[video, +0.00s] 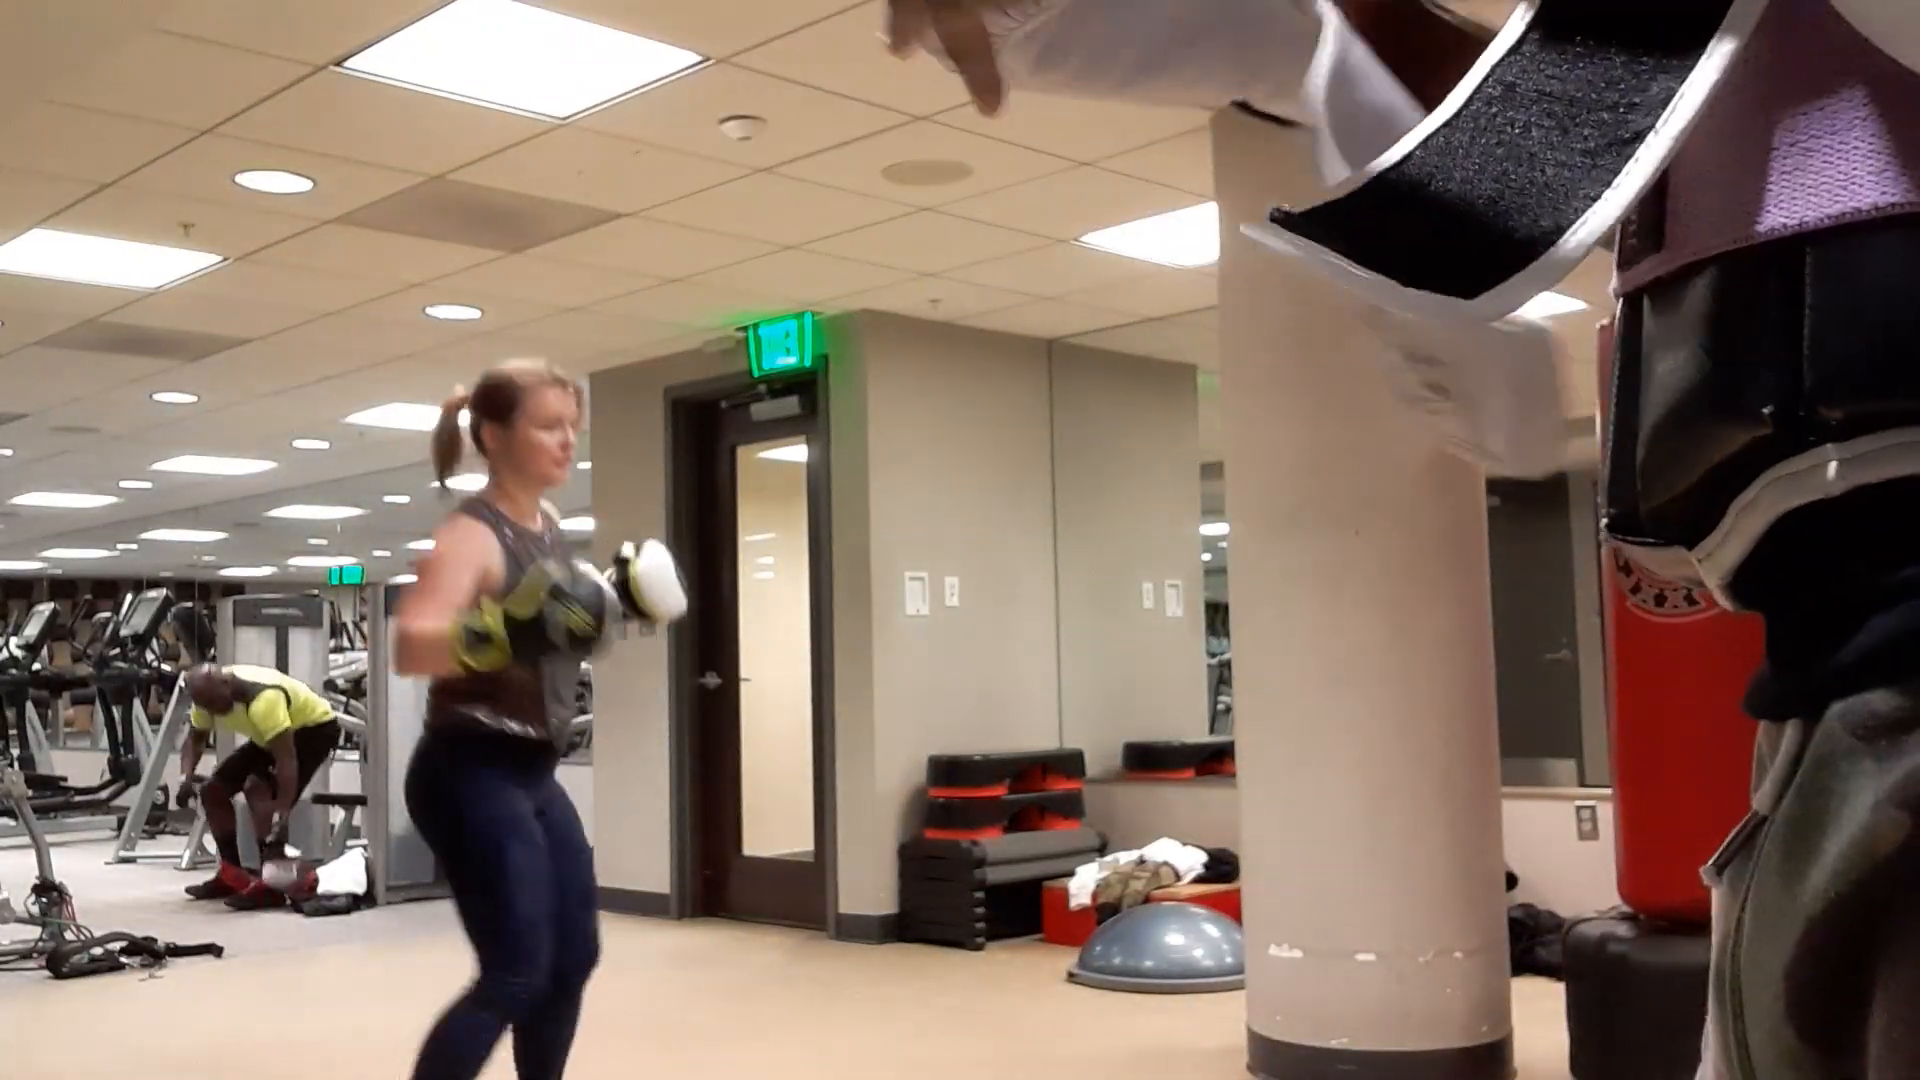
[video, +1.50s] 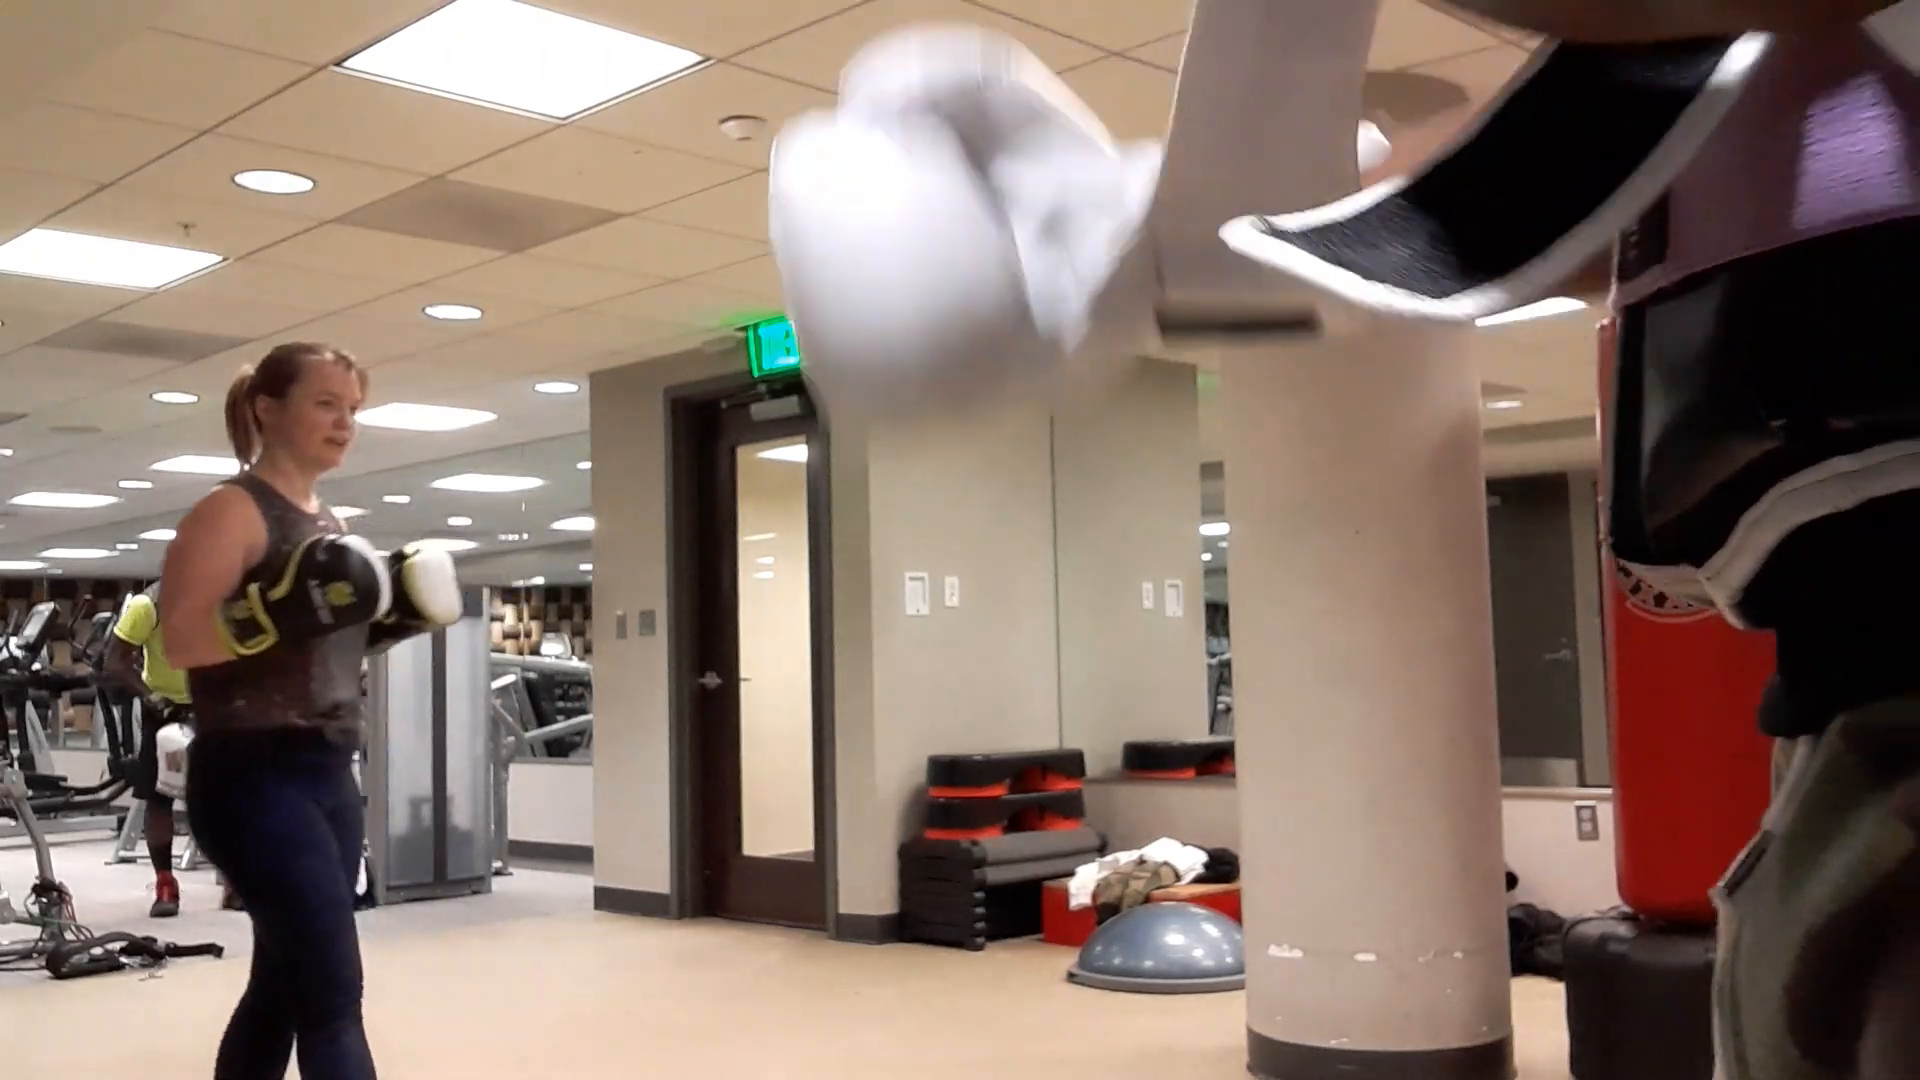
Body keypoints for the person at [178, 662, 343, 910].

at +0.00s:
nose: (212, 709)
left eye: (213, 702)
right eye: (206, 705)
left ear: (225, 685)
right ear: (199, 698)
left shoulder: (265, 701)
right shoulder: (206, 695)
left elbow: (287, 762)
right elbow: (197, 737)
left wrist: (282, 821)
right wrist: (187, 777)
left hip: (315, 728)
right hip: (273, 731)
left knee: (259, 792)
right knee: (214, 792)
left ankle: (272, 882)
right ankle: (232, 873)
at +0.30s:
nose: (222, 647)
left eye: (226, 640)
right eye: (216, 642)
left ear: (237, 628)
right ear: (207, 636)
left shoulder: (271, 653)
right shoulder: (202, 646)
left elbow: (310, 701)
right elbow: (199, 685)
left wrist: (300, 759)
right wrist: (204, 726)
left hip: (284, 715)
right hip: (247, 716)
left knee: (258, 788)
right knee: (225, 789)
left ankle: (268, 879)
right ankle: (233, 872)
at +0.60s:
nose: (262, 597)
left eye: (268, 591)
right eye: (256, 590)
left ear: (276, 585)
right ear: (242, 581)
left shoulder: (288, 612)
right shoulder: (214, 606)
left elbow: (324, 669)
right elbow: (199, 653)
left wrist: (297, 709)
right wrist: (207, 693)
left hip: (275, 709)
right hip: (229, 708)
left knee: (263, 792)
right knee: (203, 782)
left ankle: (270, 879)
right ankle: (216, 857)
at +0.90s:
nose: (259, 583)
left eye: (267, 576)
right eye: (257, 573)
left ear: (277, 579)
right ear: (249, 569)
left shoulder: (285, 608)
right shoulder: (209, 597)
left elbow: (311, 657)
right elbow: (179, 646)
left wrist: (279, 685)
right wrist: (204, 682)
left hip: (263, 708)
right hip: (213, 703)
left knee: (262, 792)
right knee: (185, 787)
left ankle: (269, 880)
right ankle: (173, 877)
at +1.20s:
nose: (228, 576)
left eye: (233, 568)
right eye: (223, 567)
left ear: (240, 571)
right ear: (211, 566)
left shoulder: (250, 605)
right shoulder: (175, 601)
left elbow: (277, 652)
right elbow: (145, 658)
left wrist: (252, 681)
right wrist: (177, 685)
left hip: (239, 710)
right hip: (186, 710)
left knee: (250, 794)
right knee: (169, 794)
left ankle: (265, 878)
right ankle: (166, 882)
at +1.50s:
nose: (184, 580)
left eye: (191, 573)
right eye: (179, 572)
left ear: (201, 577)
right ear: (168, 573)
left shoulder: (213, 605)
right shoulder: (145, 606)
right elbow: (115, 662)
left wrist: (219, 700)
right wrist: (150, 697)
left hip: (209, 711)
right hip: (163, 710)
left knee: (219, 797)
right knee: (159, 800)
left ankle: (234, 882)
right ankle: (165, 883)